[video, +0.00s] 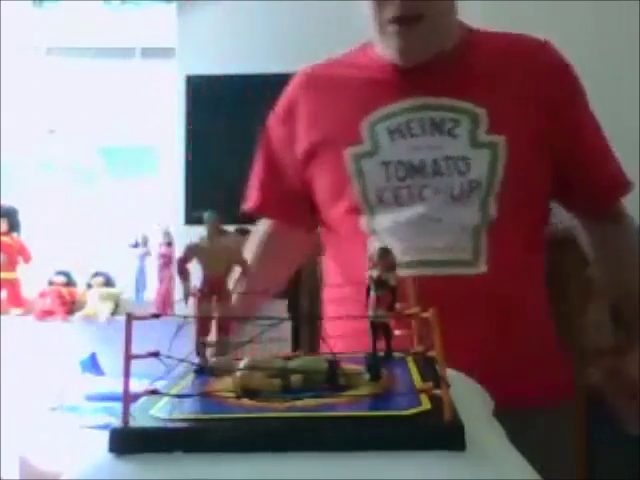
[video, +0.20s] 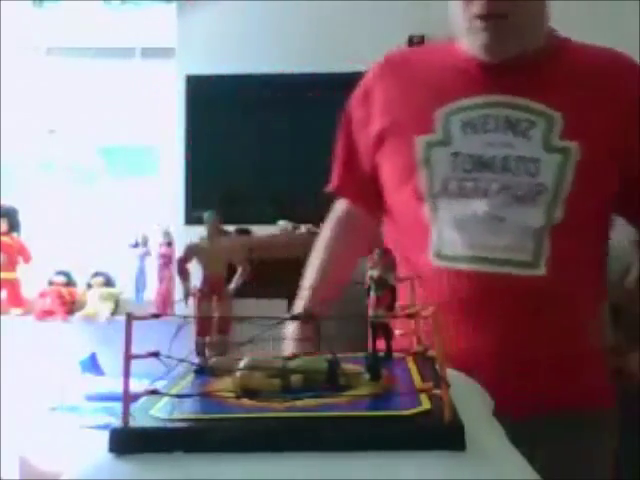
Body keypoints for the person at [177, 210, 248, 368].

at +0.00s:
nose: (211, 229)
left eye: (214, 225)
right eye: (208, 225)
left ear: (219, 226)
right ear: (205, 227)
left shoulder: (229, 248)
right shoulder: (197, 247)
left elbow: (244, 266)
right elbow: (181, 264)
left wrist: (239, 283)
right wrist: (186, 285)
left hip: (222, 284)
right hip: (205, 284)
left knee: (223, 320)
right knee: (203, 320)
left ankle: (222, 354)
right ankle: (201, 355)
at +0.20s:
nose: (211, 228)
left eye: (214, 224)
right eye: (208, 224)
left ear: (219, 225)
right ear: (204, 226)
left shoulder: (228, 245)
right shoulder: (196, 247)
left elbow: (243, 267)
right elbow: (181, 264)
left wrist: (232, 287)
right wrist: (186, 287)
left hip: (222, 284)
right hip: (205, 284)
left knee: (223, 318)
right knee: (203, 318)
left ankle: (221, 352)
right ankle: (201, 354)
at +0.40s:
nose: (211, 227)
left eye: (214, 223)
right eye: (208, 223)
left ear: (219, 224)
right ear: (204, 225)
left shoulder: (228, 245)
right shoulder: (197, 246)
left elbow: (243, 267)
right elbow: (181, 264)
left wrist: (232, 287)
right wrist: (186, 287)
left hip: (222, 285)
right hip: (205, 285)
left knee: (224, 322)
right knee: (203, 322)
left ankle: (221, 357)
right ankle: (201, 357)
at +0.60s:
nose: (211, 226)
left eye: (214, 222)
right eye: (208, 223)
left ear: (219, 224)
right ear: (204, 224)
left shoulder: (228, 245)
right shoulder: (197, 246)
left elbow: (243, 267)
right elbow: (181, 264)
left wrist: (232, 287)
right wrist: (186, 287)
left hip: (222, 285)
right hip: (205, 285)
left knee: (224, 322)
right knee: (203, 322)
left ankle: (221, 356)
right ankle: (201, 358)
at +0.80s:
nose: (211, 227)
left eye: (214, 224)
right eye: (208, 224)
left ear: (218, 225)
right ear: (204, 225)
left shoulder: (228, 245)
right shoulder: (197, 246)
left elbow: (243, 267)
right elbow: (181, 264)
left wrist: (232, 288)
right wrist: (186, 287)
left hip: (222, 286)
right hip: (205, 286)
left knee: (223, 322)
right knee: (203, 322)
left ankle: (221, 354)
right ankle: (201, 356)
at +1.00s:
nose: (211, 227)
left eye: (214, 224)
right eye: (208, 224)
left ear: (218, 225)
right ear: (205, 225)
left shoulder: (228, 245)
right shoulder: (197, 246)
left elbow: (243, 267)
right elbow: (181, 264)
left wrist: (232, 287)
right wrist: (186, 287)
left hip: (222, 285)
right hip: (205, 285)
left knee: (223, 322)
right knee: (203, 322)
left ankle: (221, 355)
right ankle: (201, 356)